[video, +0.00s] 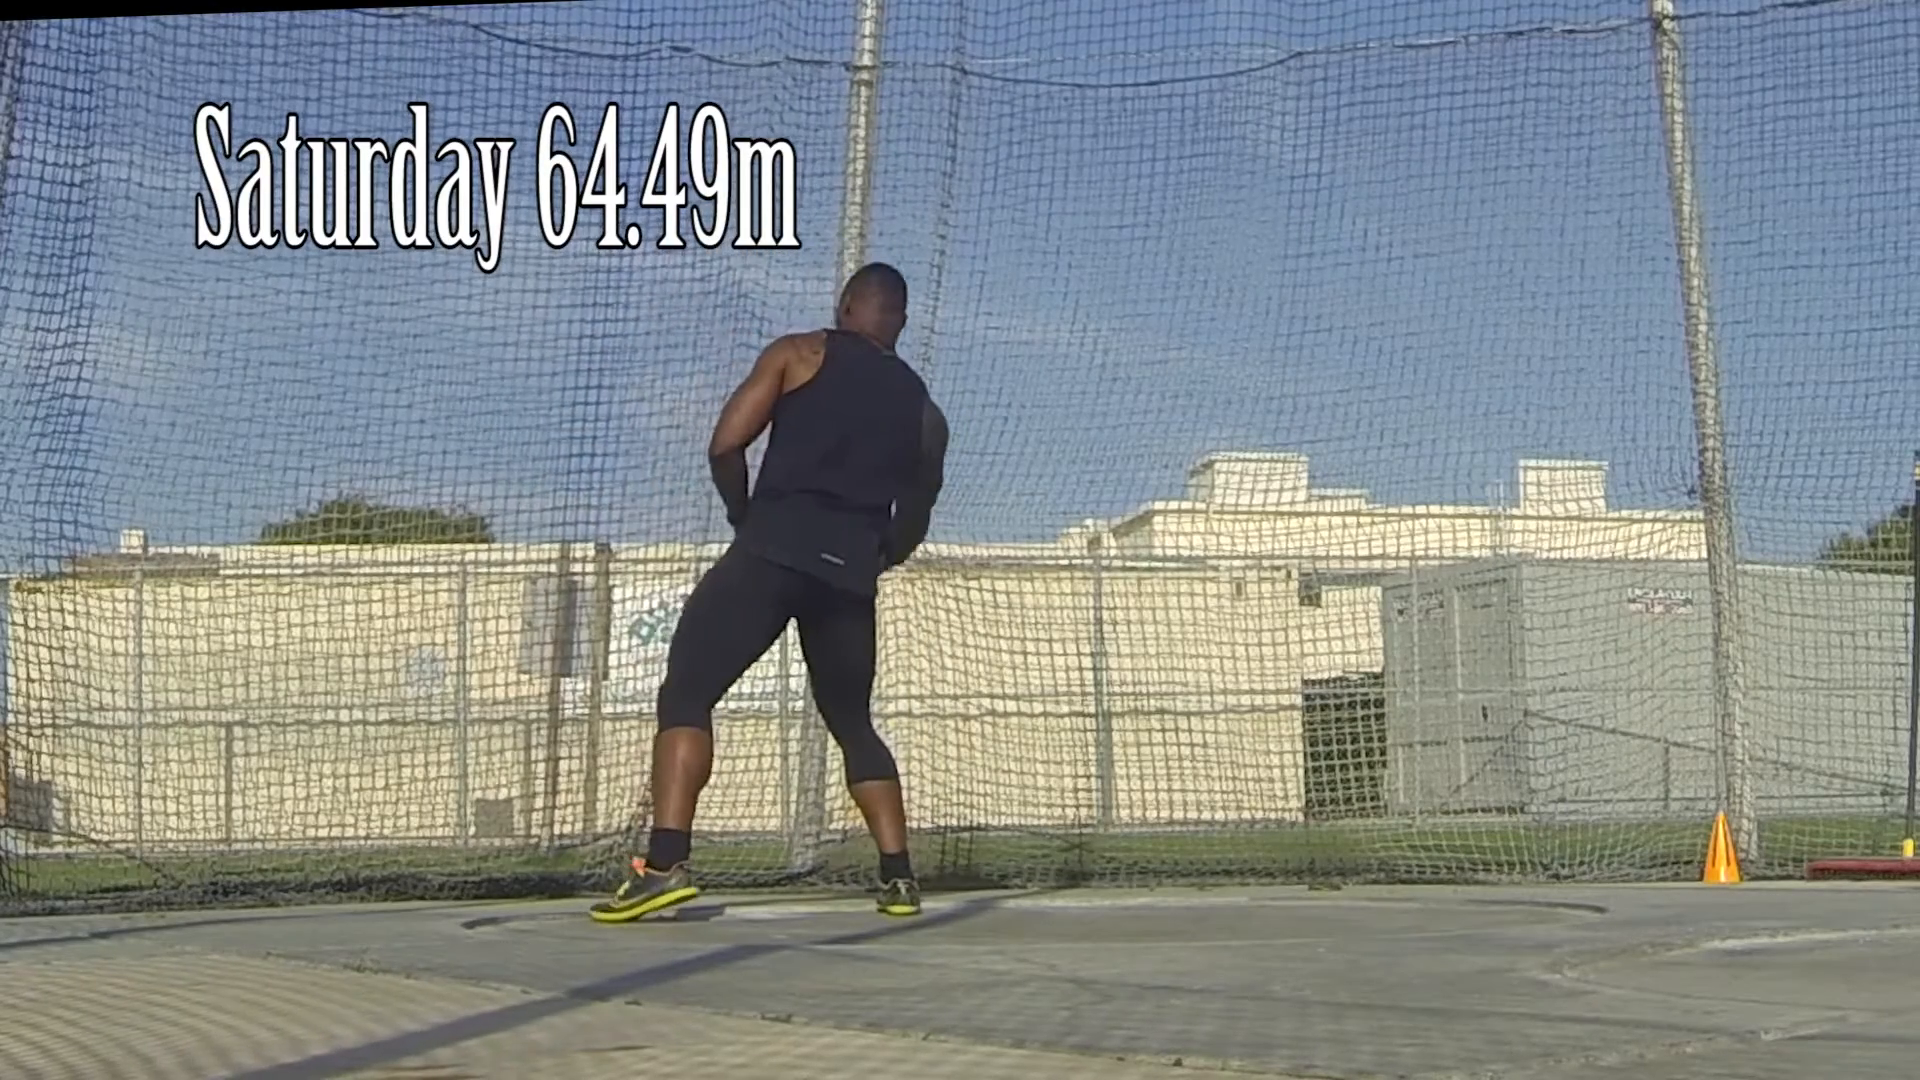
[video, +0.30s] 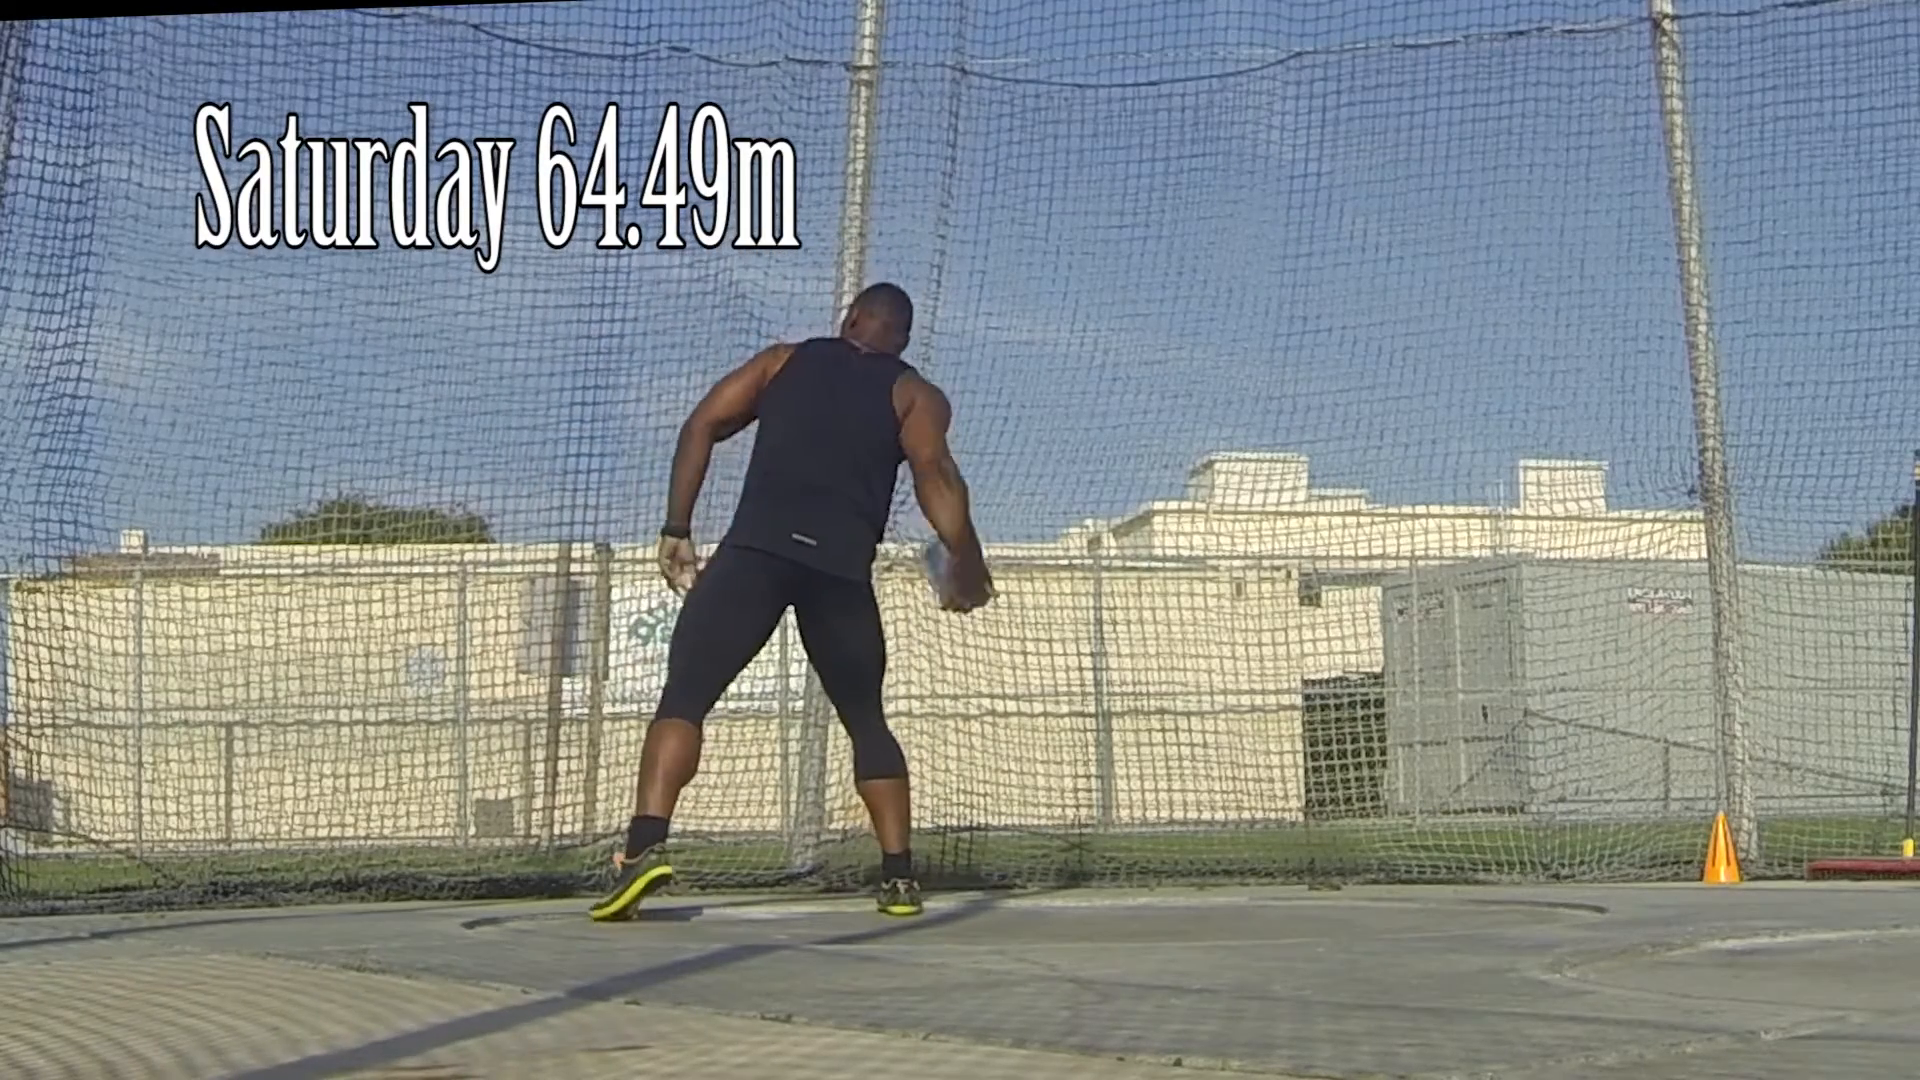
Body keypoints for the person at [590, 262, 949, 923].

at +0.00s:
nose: (849, 318)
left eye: (846, 308)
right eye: (880, 315)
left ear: (841, 311)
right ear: (902, 324)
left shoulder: (796, 352)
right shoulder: (926, 413)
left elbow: (725, 445)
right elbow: (916, 518)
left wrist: (744, 515)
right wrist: (876, 557)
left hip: (769, 554)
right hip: (850, 577)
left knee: (687, 693)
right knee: (853, 719)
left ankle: (665, 866)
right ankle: (899, 877)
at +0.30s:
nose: (856, 327)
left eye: (855, 318)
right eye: (881, 326)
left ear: (847, 320)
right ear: (903, 338)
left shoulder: (786, 358)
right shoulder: (917, 394)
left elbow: (702, 423)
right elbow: (932, 472)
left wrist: (676, 528)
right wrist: (968, 560)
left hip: (753, 555)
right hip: (840, 575)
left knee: (686, 696)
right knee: (867, 718)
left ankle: (644, 847)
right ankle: (899, 876)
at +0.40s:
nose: (857, 333)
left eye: (848, 322)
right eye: (881, 332)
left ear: (836, 326)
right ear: (892, 340)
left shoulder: (778, 362)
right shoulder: (903, 378)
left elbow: (690, 418)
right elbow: (950, 432)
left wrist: (661, 520)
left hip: (749, 555)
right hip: (838, 573)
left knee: (679, 697)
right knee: (869, 718)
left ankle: (651, 856)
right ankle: (900, 877)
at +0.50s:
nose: (827, 331)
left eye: (821, 322)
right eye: (845, 329)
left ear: (810, 329)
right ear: (867, 343)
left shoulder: (758, 367)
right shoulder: (884, 376)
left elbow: (673, 424)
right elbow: (960, 392)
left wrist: (651, 529)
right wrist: (1007, 391)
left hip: (746, 561)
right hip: (837, 575)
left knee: (668, 698)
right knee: (867, 716)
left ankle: (657, 864)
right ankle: (900, 877)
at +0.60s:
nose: (756, 339)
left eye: (757, 332)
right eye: (766, 335)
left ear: (765, 333)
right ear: (822, 338)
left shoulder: (729, 371)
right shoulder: (860, 376)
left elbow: (657, 432)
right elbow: (947, 392)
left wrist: (646, 533)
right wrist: (1031, 390)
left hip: (743, 567)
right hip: (832, 576)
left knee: (657, 705)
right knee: (864, 718)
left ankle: (662, 872)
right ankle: (901, 874)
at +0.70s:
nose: (695, 336)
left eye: (697, 327)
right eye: (697, 328)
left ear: (713, 323)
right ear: (763, 323)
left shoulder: (692, 373)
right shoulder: (828, 374)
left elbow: (644, 448)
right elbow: (930, 408)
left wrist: (637, 532)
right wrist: (1023, 431)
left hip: (738, 569)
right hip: (824, 574)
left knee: (648, 708)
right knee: (857, 715)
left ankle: (666, 881)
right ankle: (903, 875)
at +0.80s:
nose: (646, 318)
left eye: (650, 304)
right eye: (645, 306)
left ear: (681, 298)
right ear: (714, 300)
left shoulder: (670, 365)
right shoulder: (792, 366)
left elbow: (635, 472)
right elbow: (873, 430)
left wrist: (616, 540)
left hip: (732, 562)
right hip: (814, 566)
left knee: (648, 707)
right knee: (849, 710)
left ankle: (666, 881)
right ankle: (908, 870)